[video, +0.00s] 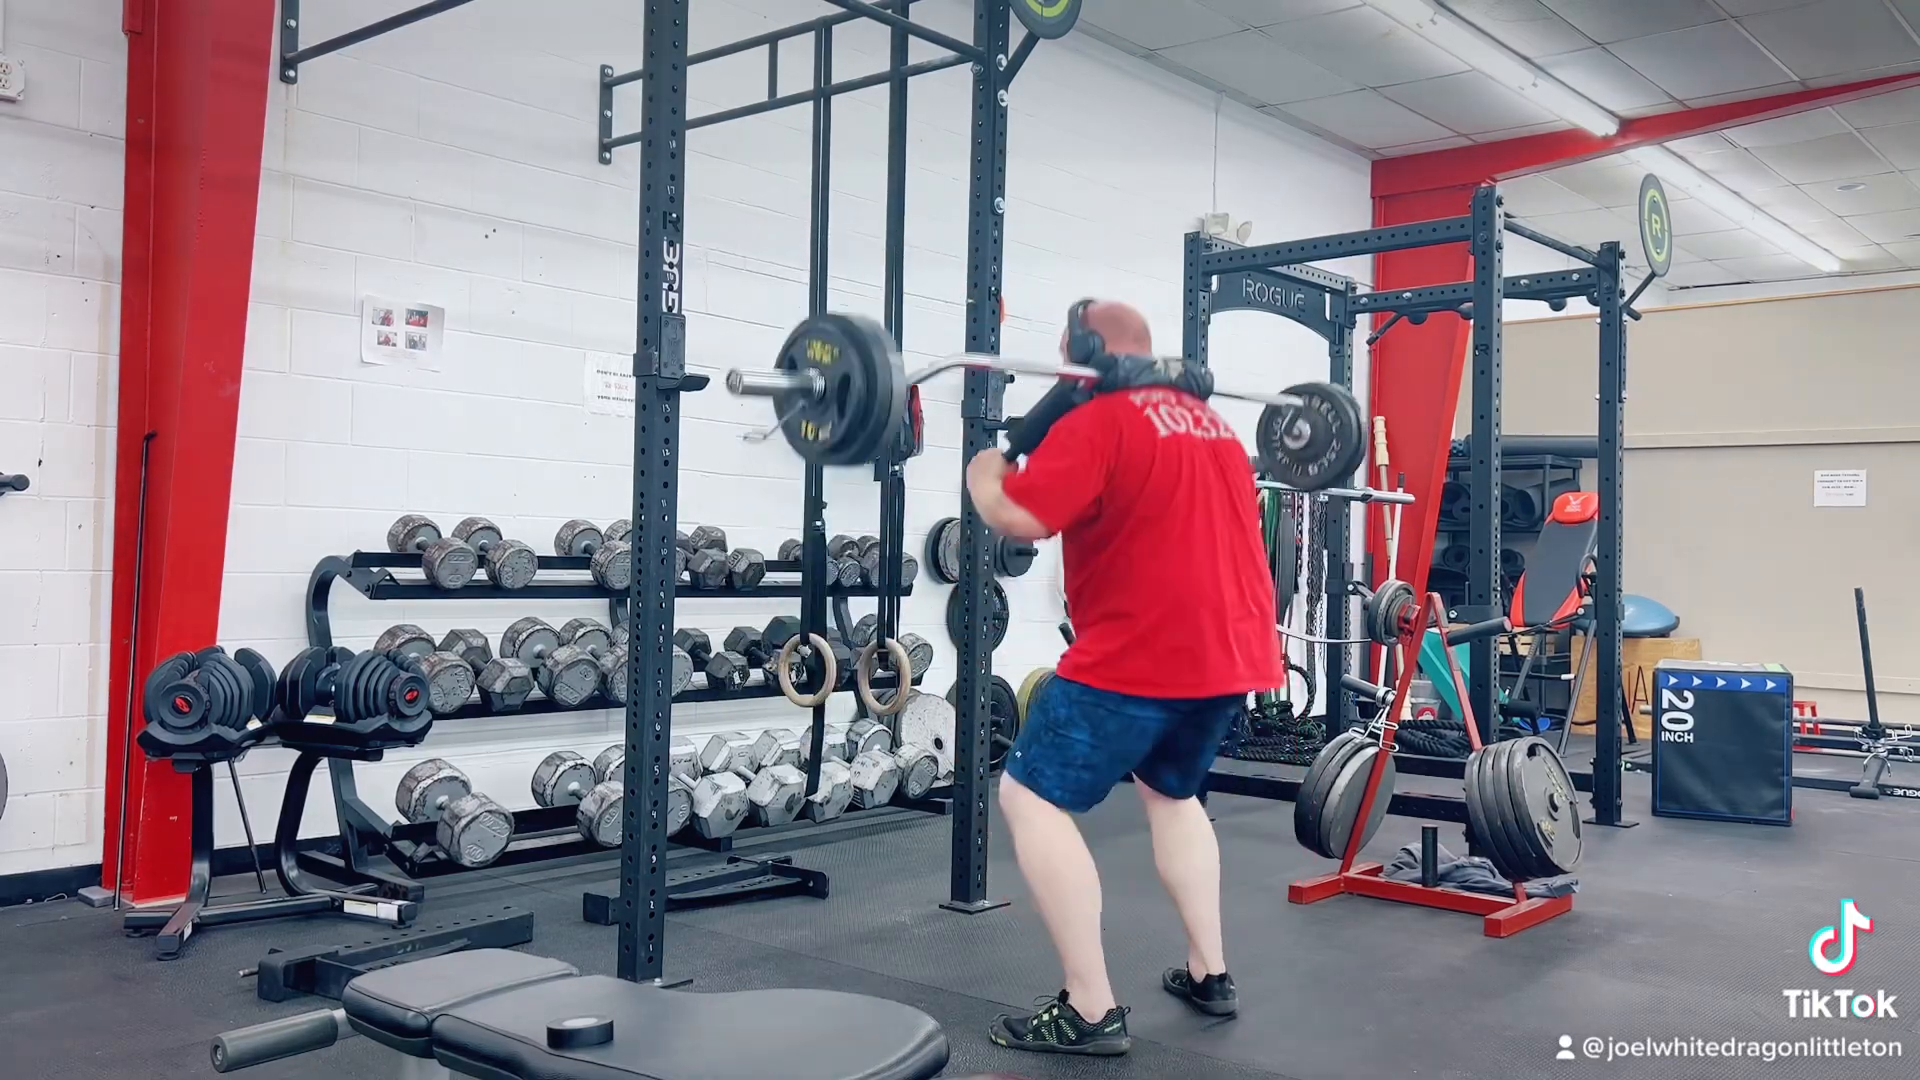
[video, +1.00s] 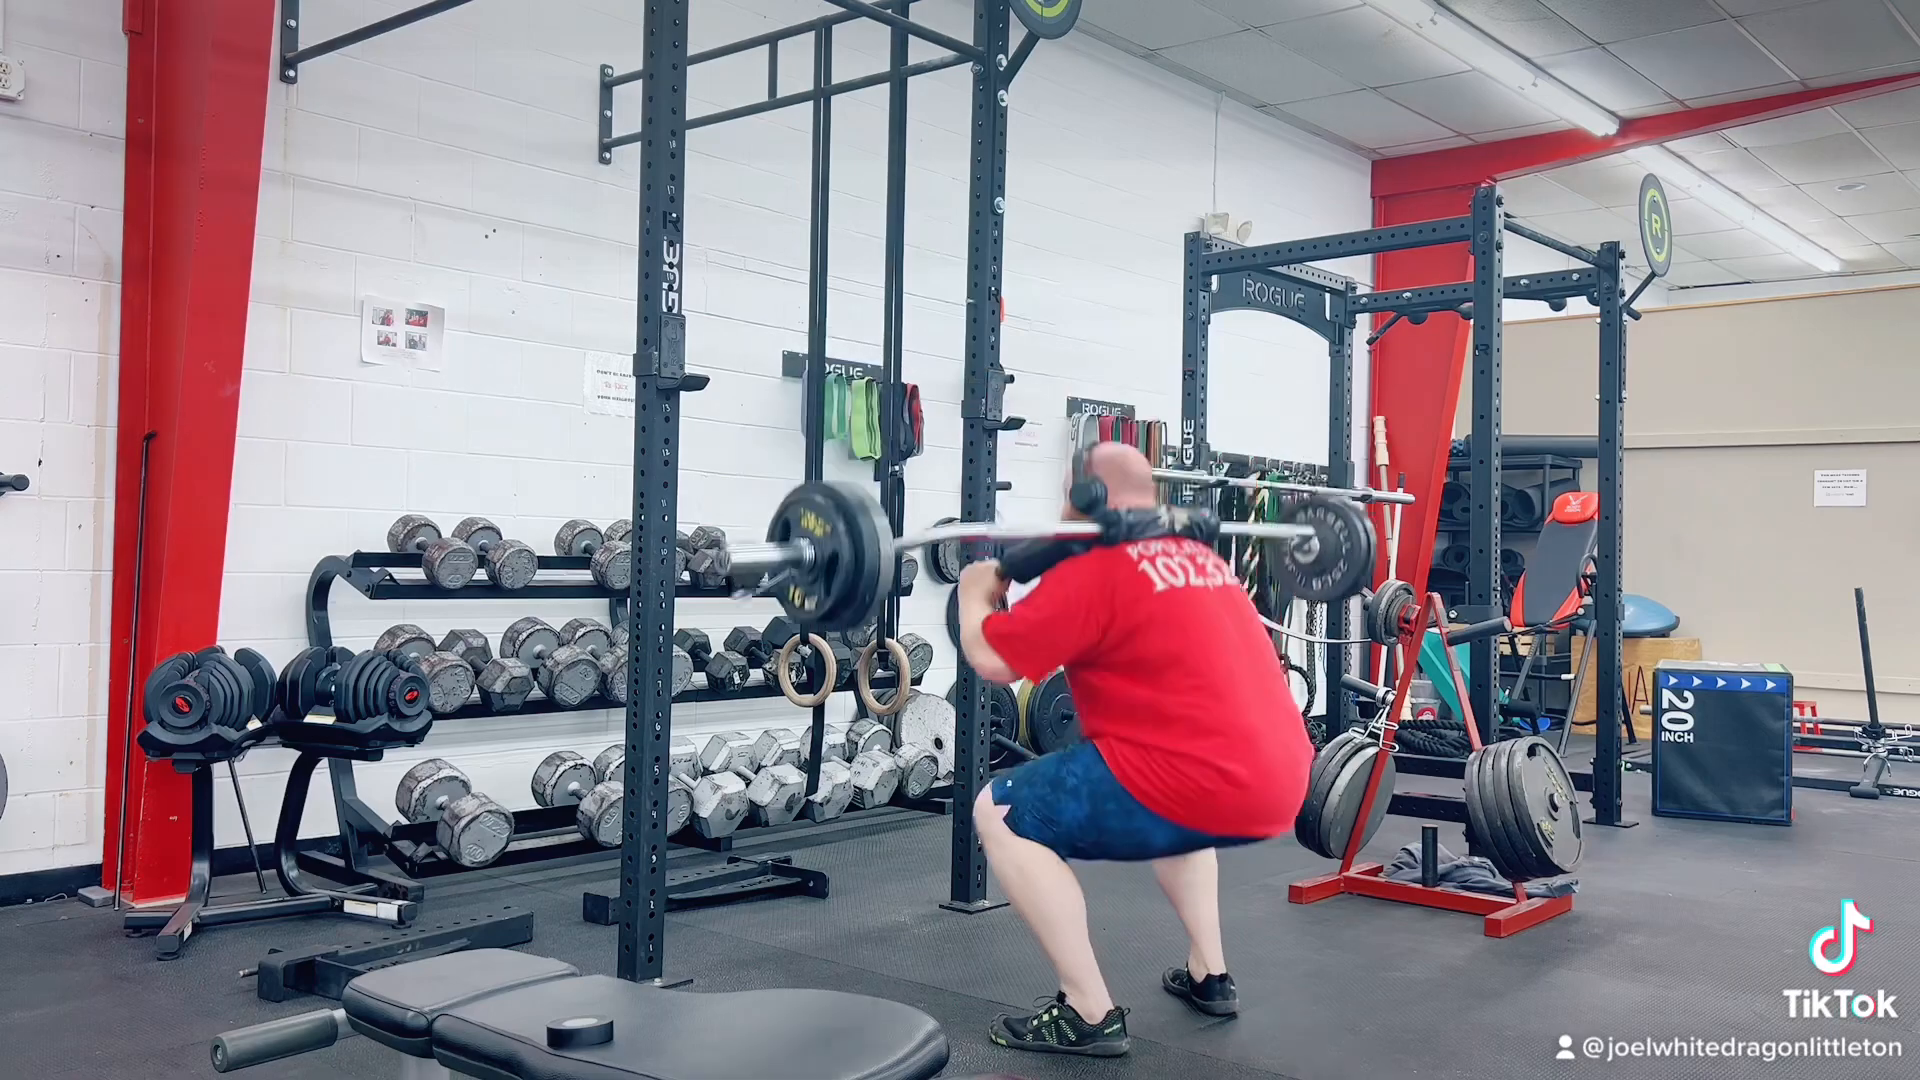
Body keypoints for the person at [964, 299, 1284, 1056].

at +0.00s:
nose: (1063, 367)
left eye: (1066, 354)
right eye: (1065, 353)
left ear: (1081, 356)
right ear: (1149, 351)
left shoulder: (1100, 419)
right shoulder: (1211, 422)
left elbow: (1021, 518)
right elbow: (1239, 529)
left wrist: (982, 471)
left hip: (1142, 647)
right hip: (1237, 648)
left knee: (1029, 792)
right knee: (1171, 787)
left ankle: (1090, 1005)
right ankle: (1210, 973)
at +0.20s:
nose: (1083, 289)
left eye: (1086, 277)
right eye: (1086, 275)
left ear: (1106, 281)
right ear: (1170, 278)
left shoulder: (1121, 348)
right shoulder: (1228, 359)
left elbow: (1068, 451)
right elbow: (1257, 458)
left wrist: (1015, 423)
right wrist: (1171, 445)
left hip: (1120, 606)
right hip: (1213, 604)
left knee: (1110, 797)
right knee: (1203, 783)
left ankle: (1096, 1006)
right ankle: (1215, 973)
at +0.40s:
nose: (1091, 287)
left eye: (1096, 276)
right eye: (1096, 274)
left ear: (1116, 282)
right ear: (1183, 281)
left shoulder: (1127, 352)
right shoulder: (1234, 362)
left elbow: (1080, 456)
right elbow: (1266, 464)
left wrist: (1024, 432)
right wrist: (1186, 473)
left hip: (1124, 611)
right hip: (1214, 609)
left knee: (1119, 799)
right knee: (1211, 784)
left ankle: (1096, 1008)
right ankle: (1216, 976)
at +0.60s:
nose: (1088, 290)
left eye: (1091, 279)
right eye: (1091, 278)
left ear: (1111, 282)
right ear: (1178, 279)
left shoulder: (1122, 349)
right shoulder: (1231, 359)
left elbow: (1077, 455)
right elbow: (1266, 462)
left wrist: (1020, 431)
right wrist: (1185, 467)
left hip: (1124, 608)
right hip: (1219, 606)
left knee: (1109, 794)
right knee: (1202, 783)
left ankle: (1095, 1008)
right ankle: (1215, 975)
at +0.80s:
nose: (1080, 349)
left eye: (1083, 338)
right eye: (1083, 337)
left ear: (1098, 347)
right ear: (1168, 344)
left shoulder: (1111, 422)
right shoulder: (1220, 421)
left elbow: (1018, 516)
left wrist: (992, 464)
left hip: (1139, 662)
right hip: (1238, 657)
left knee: (1037, 799)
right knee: (1177, 792)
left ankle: (1091, 1007)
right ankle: (1211, 971)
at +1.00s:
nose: (1067, 509)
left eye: (1069, 499)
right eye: (1073, 499)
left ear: (1080, 504)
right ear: (1153, 500)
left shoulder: (1097, 572)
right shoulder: (1201, 557)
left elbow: (992, 659)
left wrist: (972, 592)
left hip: (1186, 785)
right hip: (1277, 783)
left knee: (999, 810)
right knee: (1158, 797)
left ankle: (1089, 1010)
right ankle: (1210, 973)